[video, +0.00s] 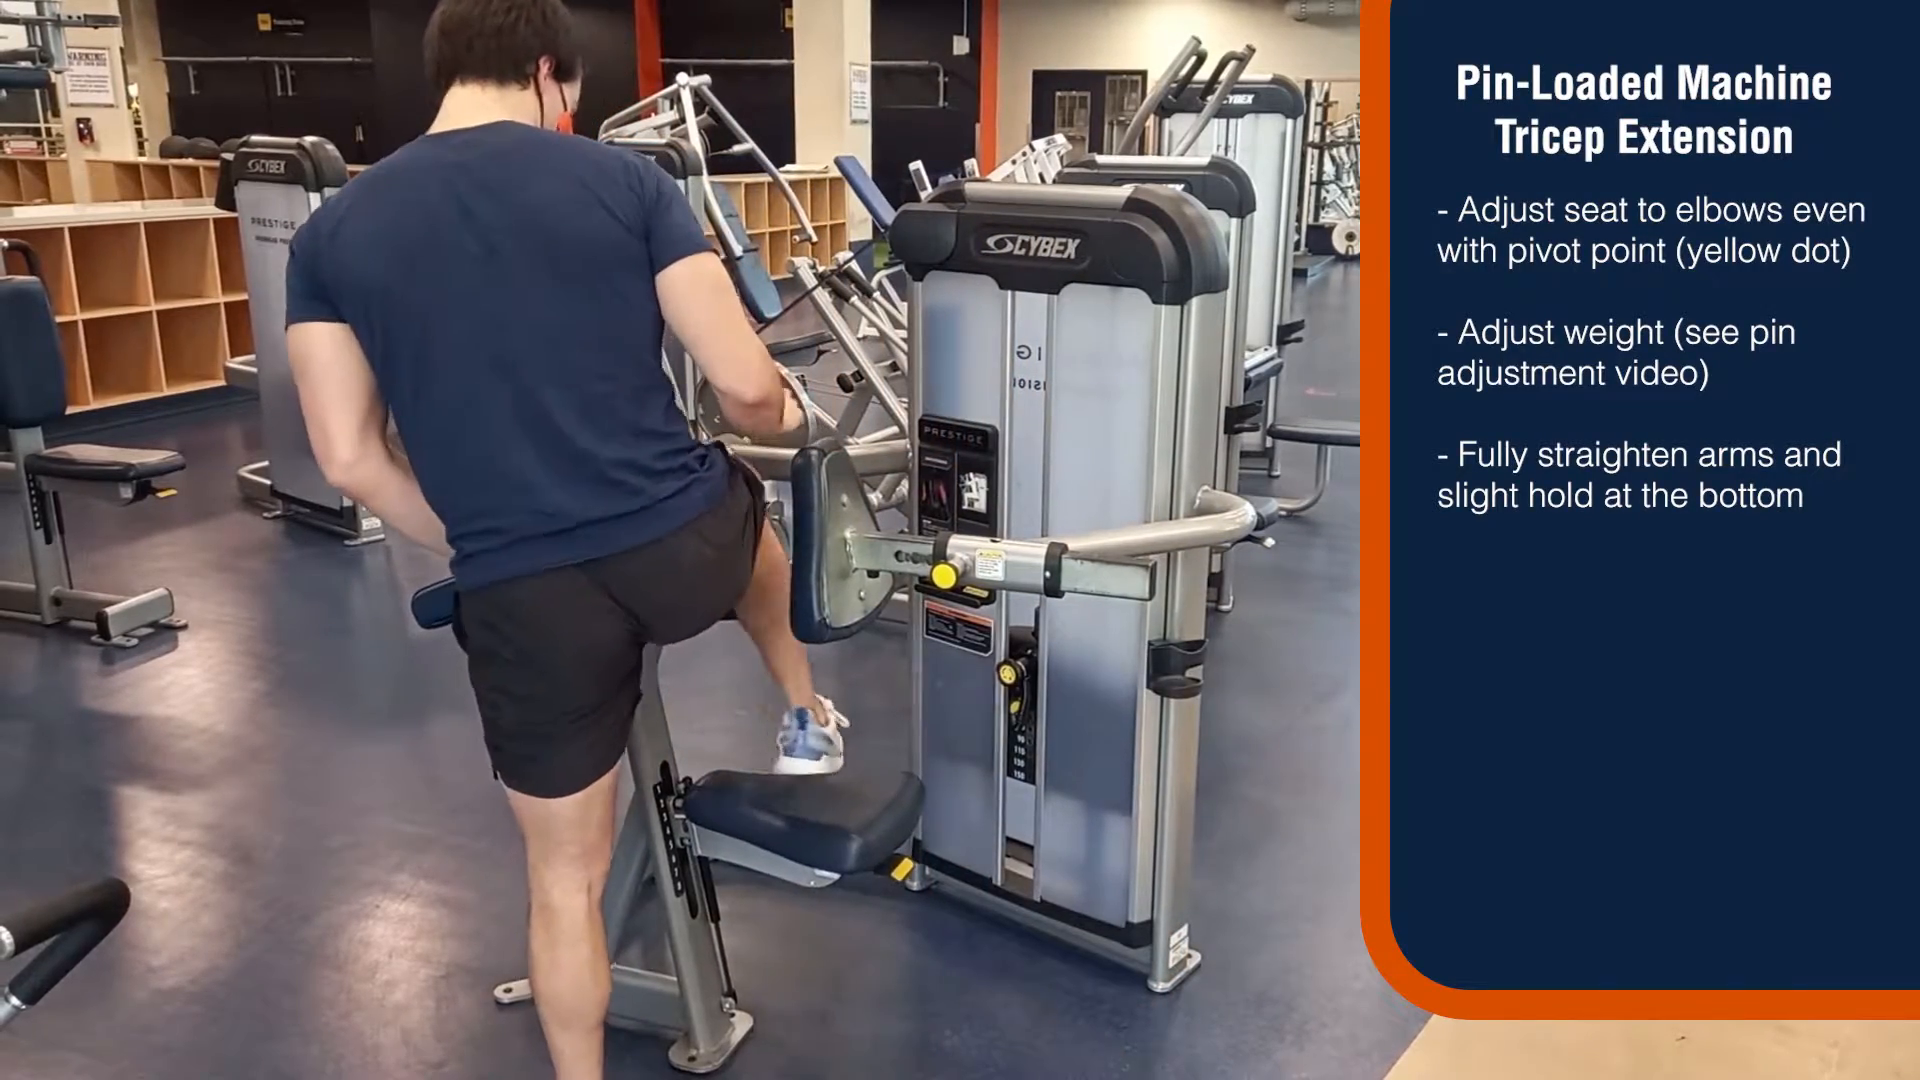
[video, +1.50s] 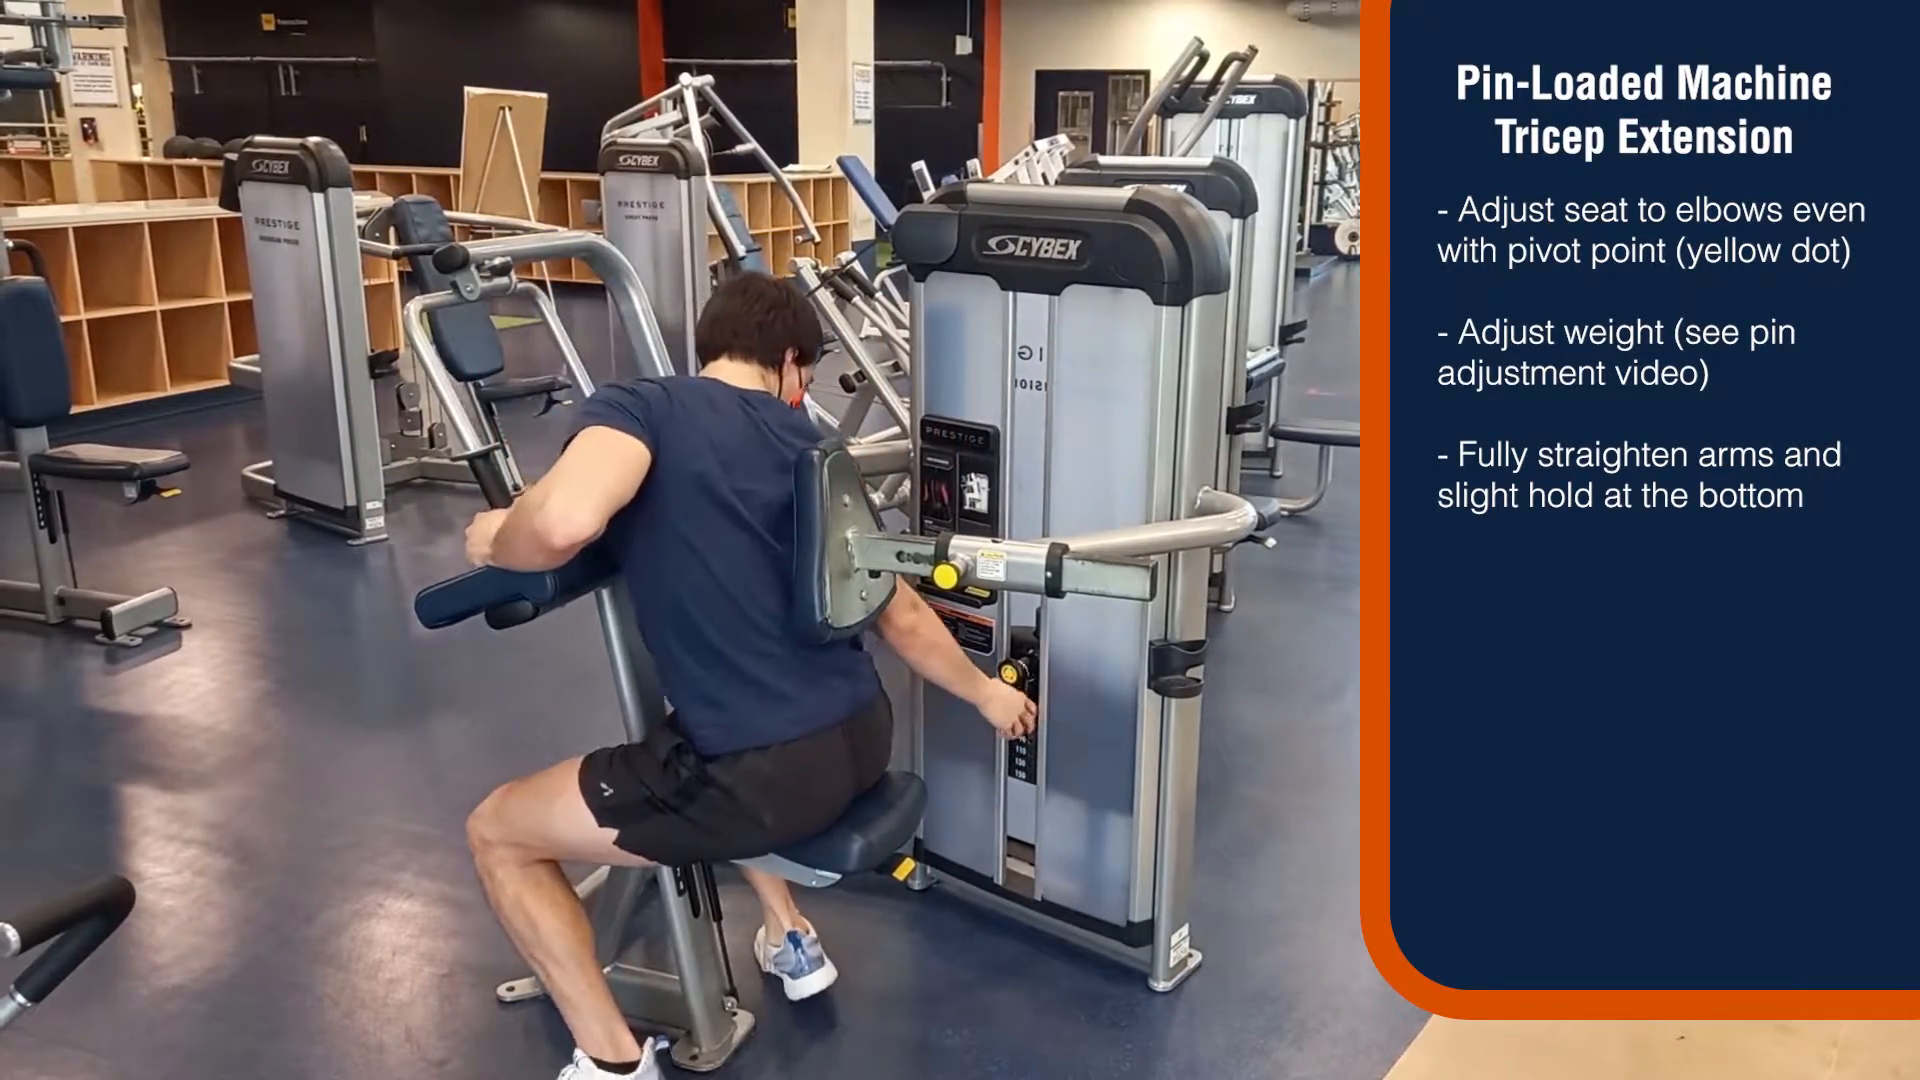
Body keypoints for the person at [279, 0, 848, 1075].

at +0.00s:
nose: (577, 113)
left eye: (577, 100)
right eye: (576, 96)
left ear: (438, 83)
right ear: (546, 81)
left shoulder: (335, 230)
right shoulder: (620, 179)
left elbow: (347, 455)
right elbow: (748, 389)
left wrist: (465, 526)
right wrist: (782, 424)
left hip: (523, 607)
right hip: (673, 551)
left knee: (563, 885)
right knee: (745, 518)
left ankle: (580, 1079)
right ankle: (808, 717)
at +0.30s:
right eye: (559, 95)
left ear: (444, 111)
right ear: (561, 97)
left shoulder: (405, 246)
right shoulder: (670, 192)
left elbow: (422, 481)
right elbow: (767, 373)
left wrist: (501, 546)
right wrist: (705, 425)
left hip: (611, 590)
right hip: (750, 541)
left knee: (596, 866)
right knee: (765, 711)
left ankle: (592, 1067)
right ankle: (819, 902)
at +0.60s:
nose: (560, 182)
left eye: (557, 168)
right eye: (568, 174)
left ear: (567, 157)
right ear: (668, 146)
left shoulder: (572, 234)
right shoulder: (746, 228)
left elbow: (578, 437)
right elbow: (841, 395)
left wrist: (518, 525)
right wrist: (752, 448)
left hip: (683, 577)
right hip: (785, 556)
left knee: (556, 811)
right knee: (737, 752)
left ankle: (613, 1058)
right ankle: (806, 956)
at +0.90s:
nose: (729, 272)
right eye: (729, 259)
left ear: (622, 261)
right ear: (723, 258)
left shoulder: (597, 311)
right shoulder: (780, 343)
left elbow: (534, 463)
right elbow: (849, 480)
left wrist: (489, 544)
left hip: (705, 680)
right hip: (823, 657)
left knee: (514, 831)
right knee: (710, 760)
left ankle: (616, 1062)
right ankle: (799, 947)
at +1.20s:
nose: (776, 374)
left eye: (776, 361)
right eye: (777, 357)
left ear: (672, 346)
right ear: (761, 350)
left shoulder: (631, 397)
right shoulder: (801, 430)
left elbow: (540, 500)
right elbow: (879, 597)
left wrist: (505, 541)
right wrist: (938, 705)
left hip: (750, 765)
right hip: (861, 733)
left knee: (511, 832)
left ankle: (615, 1061)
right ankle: (796, 948)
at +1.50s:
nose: (803, 394)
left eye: (805, 376)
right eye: (805, 375)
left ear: (705, 350)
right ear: (789, 366)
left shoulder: (643, 406)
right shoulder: (808, 439)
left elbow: (562, 524)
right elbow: (898, 612)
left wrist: (492, 540)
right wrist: (985, 691)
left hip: (752, 778)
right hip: (861, 748)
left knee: (497, 830)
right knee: (694, 731)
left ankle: (612, 1058)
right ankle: (791, 940)